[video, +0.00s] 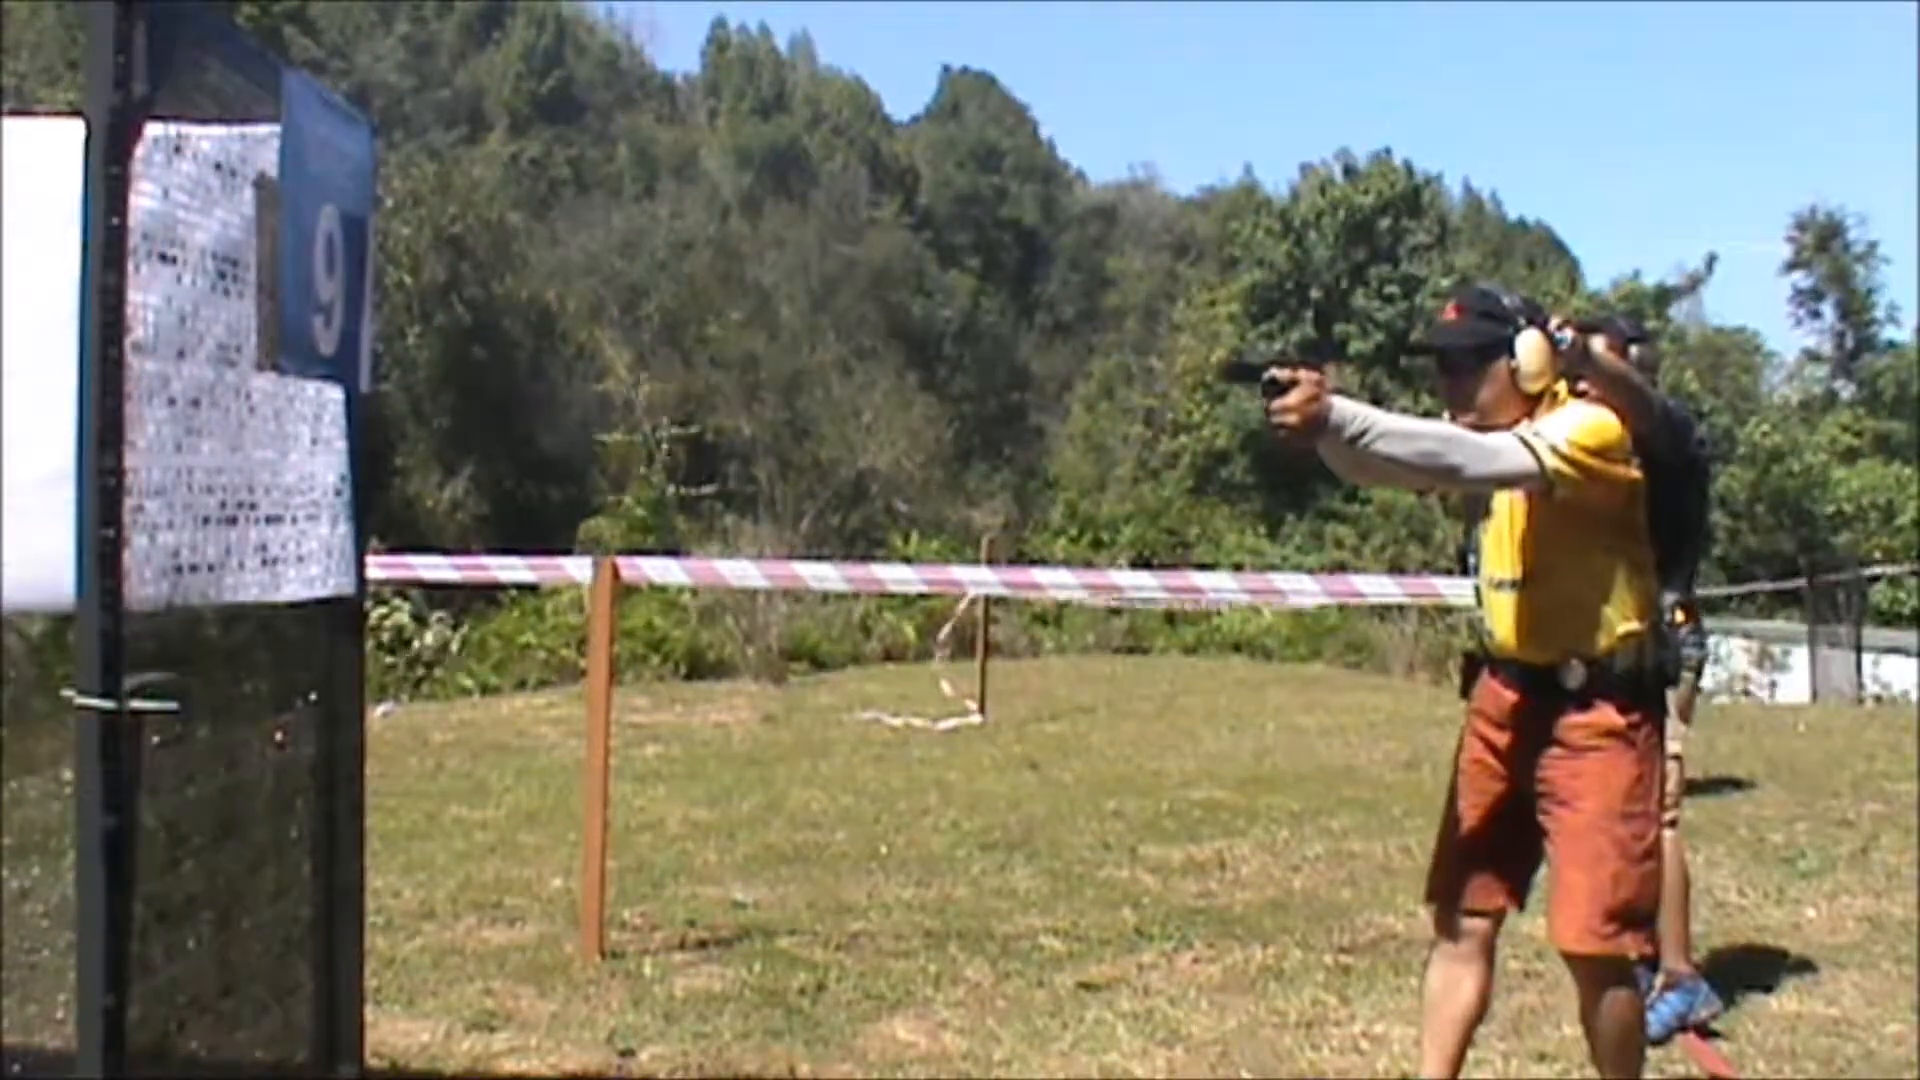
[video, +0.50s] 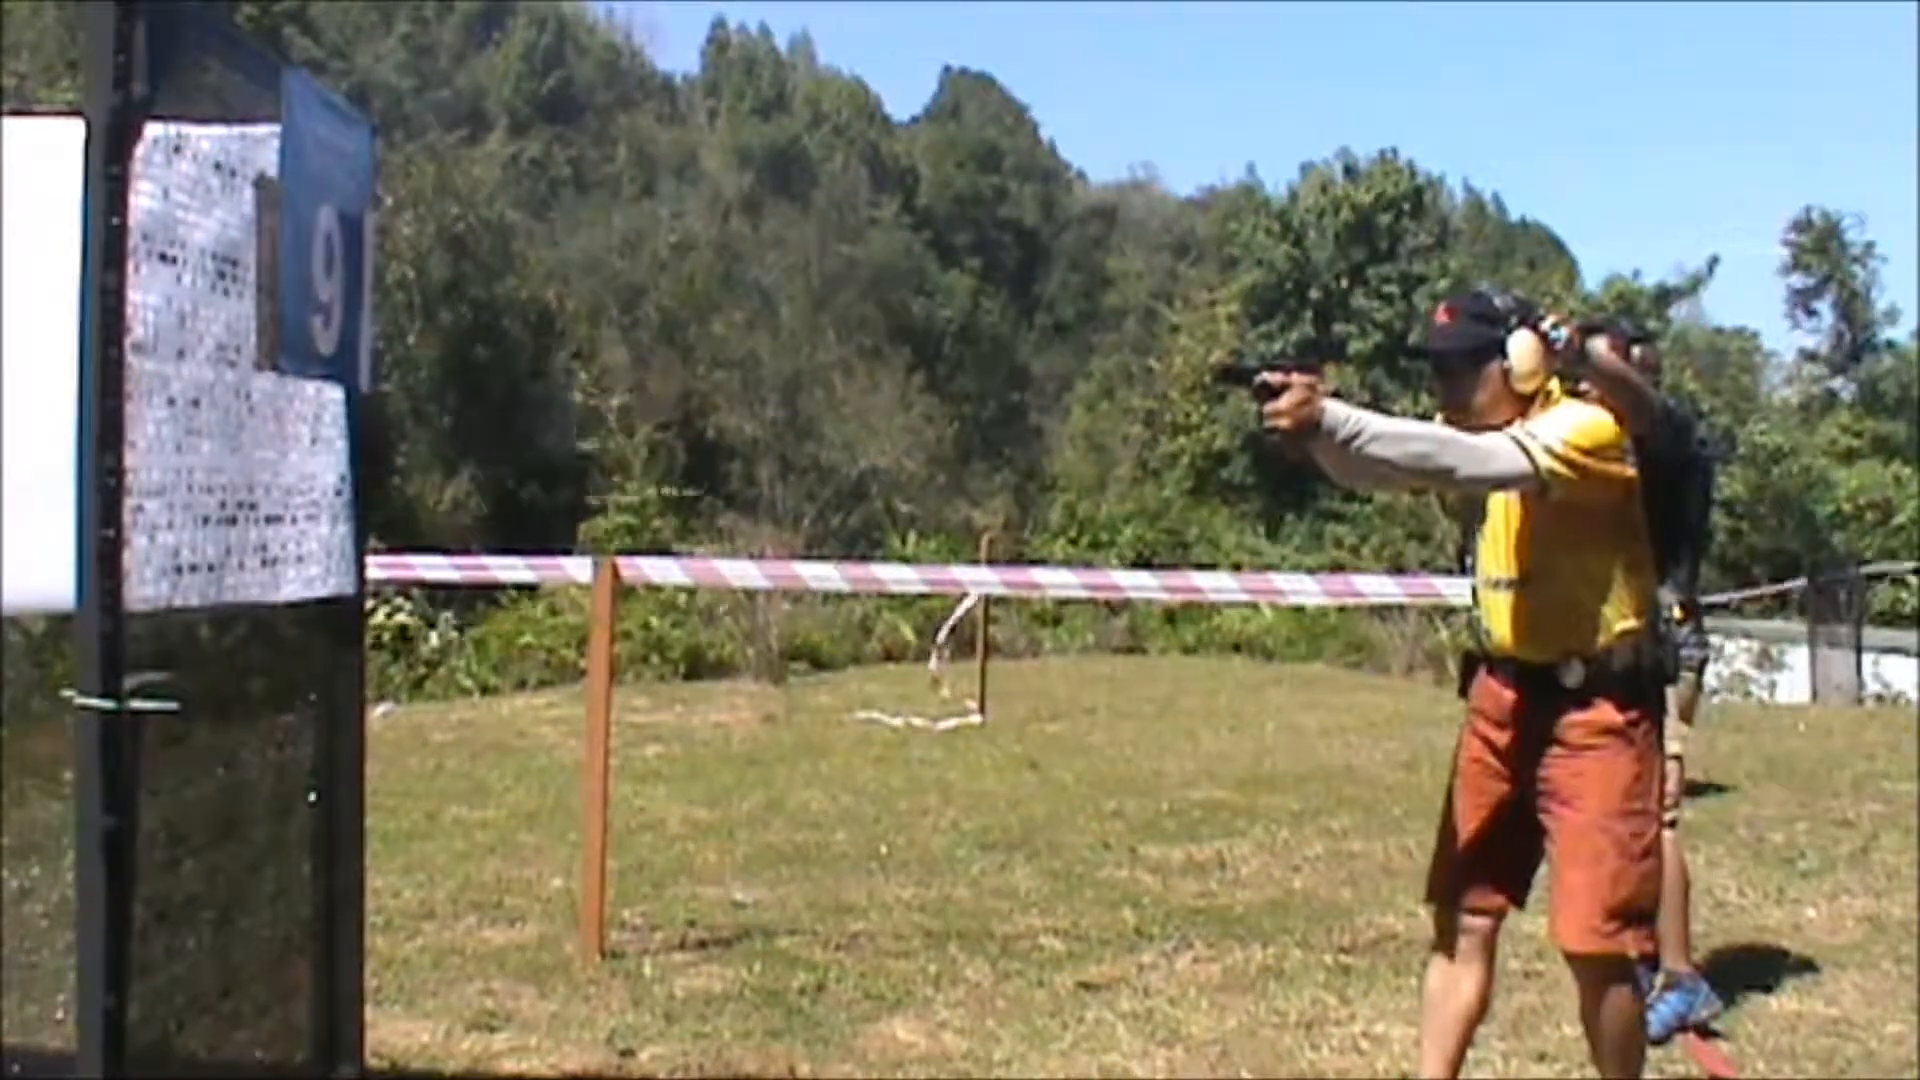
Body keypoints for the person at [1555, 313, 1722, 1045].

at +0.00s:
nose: (1601, 374)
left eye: (1616, 360)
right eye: (1596, 361)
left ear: (1639, 365)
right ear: (1586, 371)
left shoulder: (1671, 438)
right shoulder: (1578, 434)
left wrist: (1586, 356)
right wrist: (1556, 362)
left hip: (1661, 621)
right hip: (1599, 628)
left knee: (1658, 806)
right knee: (1615, 803)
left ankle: (1678, 971)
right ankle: (1642, 966)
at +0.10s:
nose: (1604, 374)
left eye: (1617, 360)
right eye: (1598, 361)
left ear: (1639, 365)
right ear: (1585, 370)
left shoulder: (1671, 438)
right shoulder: (1578, 435)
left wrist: (1582, 354)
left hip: (1661, 624)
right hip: (1600, 630)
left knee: (1659, 807)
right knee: (1616, 805)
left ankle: (1678, 970)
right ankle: (1643, 967)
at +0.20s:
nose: (1609, 375)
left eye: (1621, 362)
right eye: (1600, 364)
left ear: (1641, 366)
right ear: (1585, 372)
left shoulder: (1672, 439)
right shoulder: (1579, 436)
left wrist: (1583, 356)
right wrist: (1552, 364)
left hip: (1663, 628)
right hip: (1600, 634)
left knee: (1659, 807)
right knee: (1615, 805)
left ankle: (1678, 970)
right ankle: (1639, 968)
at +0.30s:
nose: (1612, 374)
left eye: (1623, 361)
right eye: (1604, 364)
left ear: (1641, 367)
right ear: (1588, 373)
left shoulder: (1673, 441)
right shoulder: (1578, 438)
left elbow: (1632, 396)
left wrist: (1583, 357)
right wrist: (1552, 364)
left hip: (1664, 629)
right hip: (1601, 636)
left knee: (1658, 807)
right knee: (1612, 806)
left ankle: (1678, 970)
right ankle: (1637, 968)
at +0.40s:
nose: (1608, 375)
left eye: (1620, 362)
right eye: (1603, 364)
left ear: (1645, 369)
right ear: (1595, 372)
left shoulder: (1673, 438)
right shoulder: (1582, 436)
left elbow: (1627, 388)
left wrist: (1580, 357)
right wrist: (1542, 365)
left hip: (1663, 625)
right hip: (1602, 630)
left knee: (1659, 808)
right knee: (1617, 806)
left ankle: (1678, 971)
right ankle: (1637, 969)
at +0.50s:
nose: (1607, 374)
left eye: (1620, 362)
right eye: (1602, 363)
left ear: (1644, 370)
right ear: (1596, 371)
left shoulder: (1671, 438)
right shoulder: (1583, 437)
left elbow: (1619, 379)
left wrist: (1581, 356)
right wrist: (1543, 364)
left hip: (1660, 629)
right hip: (1600, 631)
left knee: (1659, 809)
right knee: (1618, 807)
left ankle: (1678, 970)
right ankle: (1637, 967)